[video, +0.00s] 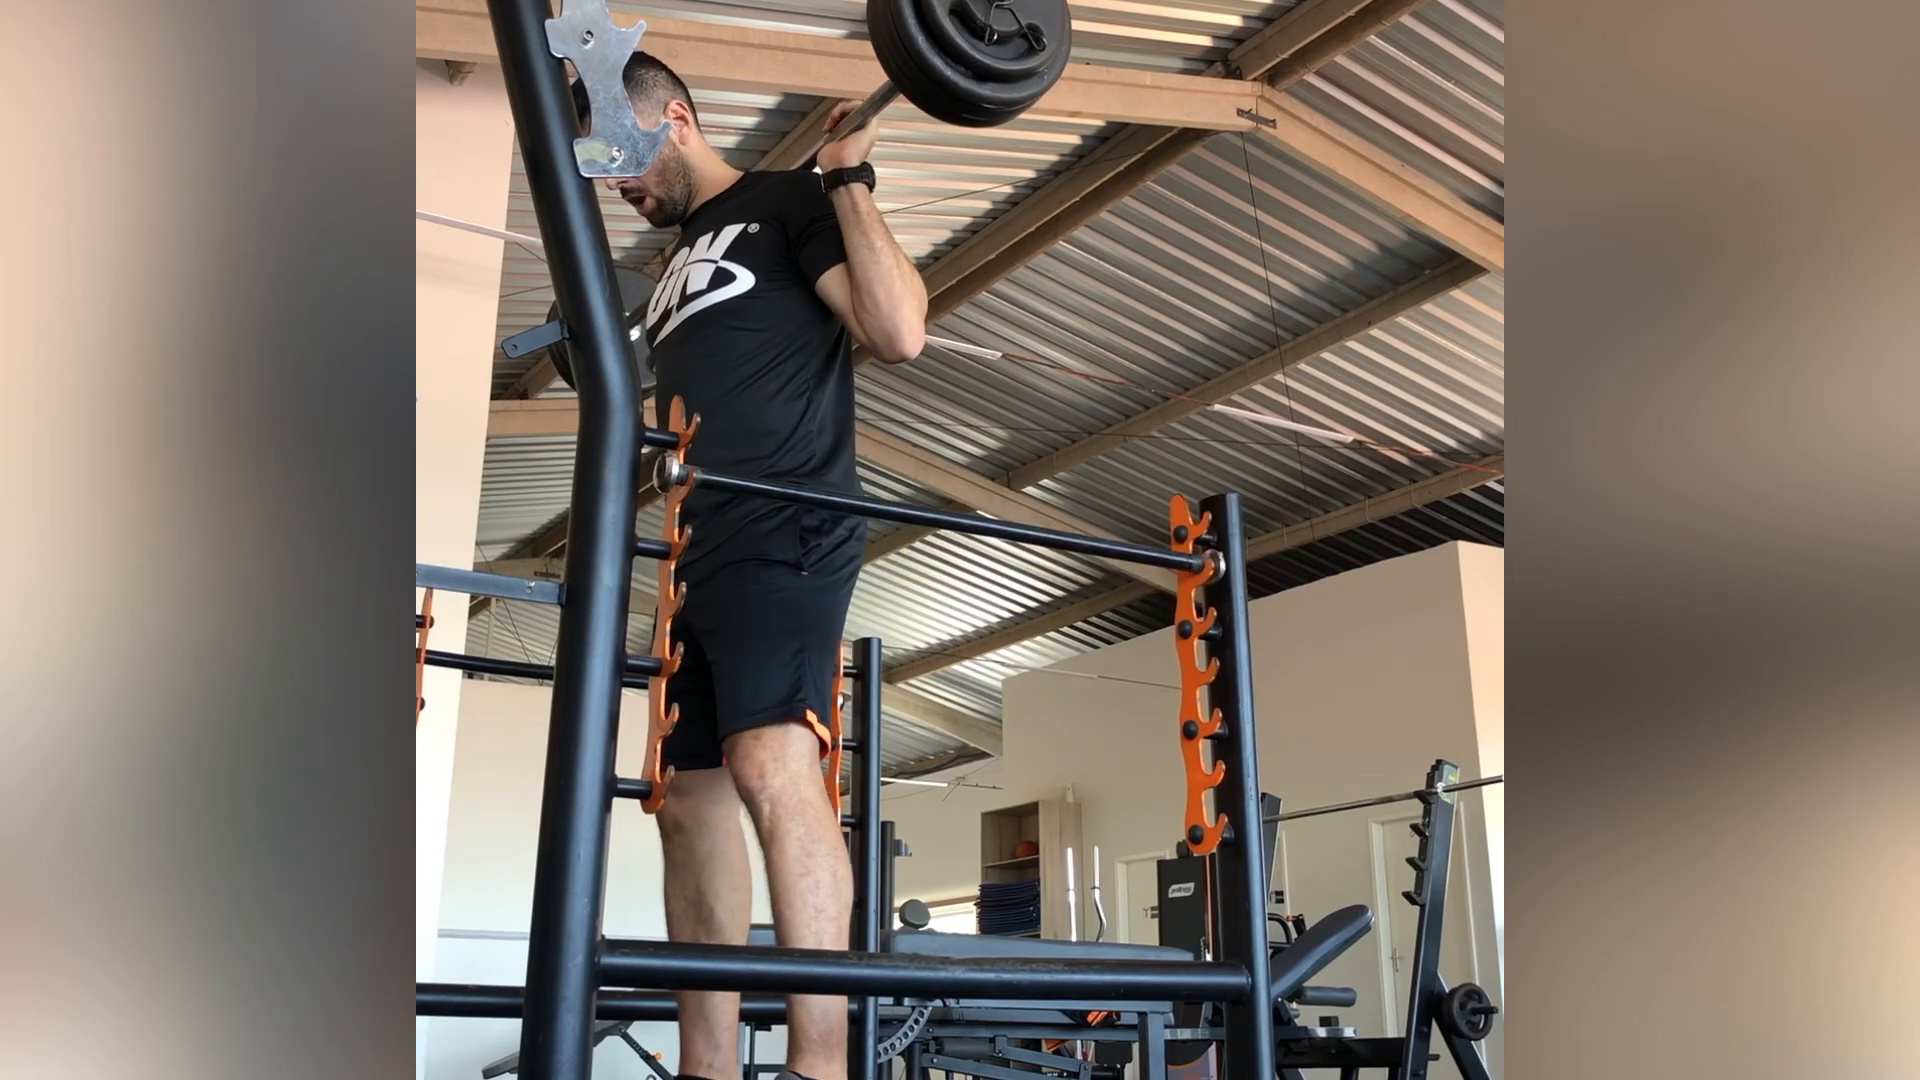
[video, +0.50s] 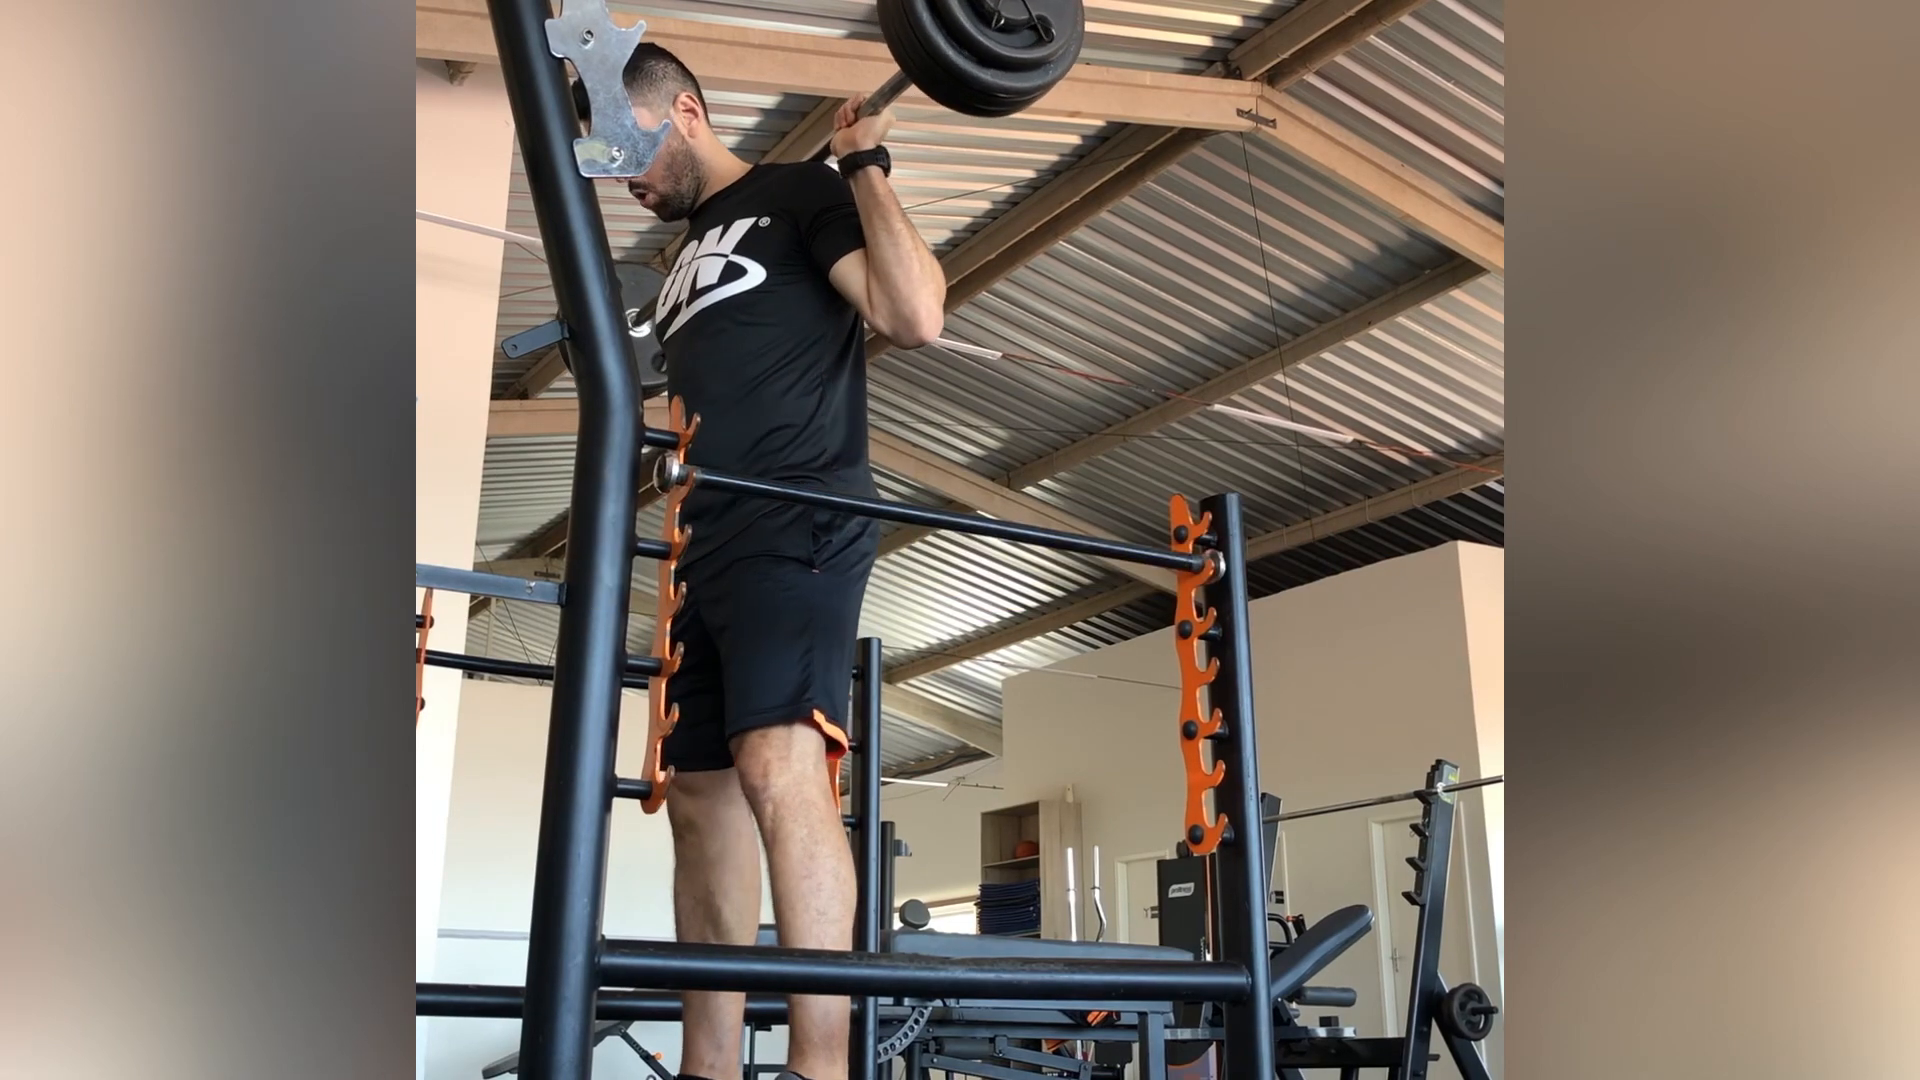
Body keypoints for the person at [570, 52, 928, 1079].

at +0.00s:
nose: (622, 185)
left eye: (629, 156)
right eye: (608, 169)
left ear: (681, 118)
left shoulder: (789, 200)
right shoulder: (675, 263)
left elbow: (900, 334)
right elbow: (691, 420)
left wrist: (851, 181)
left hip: (787, 520)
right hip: (708, 536)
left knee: (771, 758)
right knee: (690, 792)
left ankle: (821, 1063)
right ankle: (708, 1065)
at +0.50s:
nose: (631, 180)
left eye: (636, 149)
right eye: (618, 161)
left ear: (692, 113)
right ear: (672, 130)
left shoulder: (804, 190)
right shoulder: (684, 259)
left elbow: (916, 315)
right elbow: (700, 411)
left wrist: (867, 168)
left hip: (799, 521)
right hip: (711, 535)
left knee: (781, 762)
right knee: (697, 787)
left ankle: (826, 1063)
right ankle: (713, 1063)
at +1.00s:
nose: (630, 182)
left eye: (635, 152)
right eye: (615, 165)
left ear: (684, 112)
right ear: (643, 139)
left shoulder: (799, 192)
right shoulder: (685, 257)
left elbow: (917, 316)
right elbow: (714, 406)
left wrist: (866, 170)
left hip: (809, 512)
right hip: (726, 529)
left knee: (769, 755)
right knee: (687, 788)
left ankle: (825, 1063)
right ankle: (709, 1067)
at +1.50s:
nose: (624, 183)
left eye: (632, 154)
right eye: (611, 168)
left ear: (684, 120)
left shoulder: (799, 199)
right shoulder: (687, 270)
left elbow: (921, 321)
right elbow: (712, 415)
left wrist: (863, 174)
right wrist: (677, 455)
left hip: (819, 527)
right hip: (728, 543)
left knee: (788, 763)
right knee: (699, 788)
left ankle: (828, 1065)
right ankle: (708, 1066)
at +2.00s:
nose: (622, 186)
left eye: (630, 156)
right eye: (609, 170)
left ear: (684, 120)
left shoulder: (797, 197)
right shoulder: (688, 267)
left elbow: (925, 322)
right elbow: (720, 405)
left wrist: (867, 175)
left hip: (823, 517)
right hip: (734, 536)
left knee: (778, 755)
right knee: (692, 787)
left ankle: (826, 1065)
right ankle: (702, 1067)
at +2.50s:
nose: (615, 183)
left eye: (626, 155)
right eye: (602, 168)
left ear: (680, 127)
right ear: (610, 171)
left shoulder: (790, 205)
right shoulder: (677, 277)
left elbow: (914, 332)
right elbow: (709, 421)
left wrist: (855, 184)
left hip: (817, 526)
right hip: (725, 546)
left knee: (758, 754)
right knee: (683, 789)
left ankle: (819, 1063)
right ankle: (699, 1068)